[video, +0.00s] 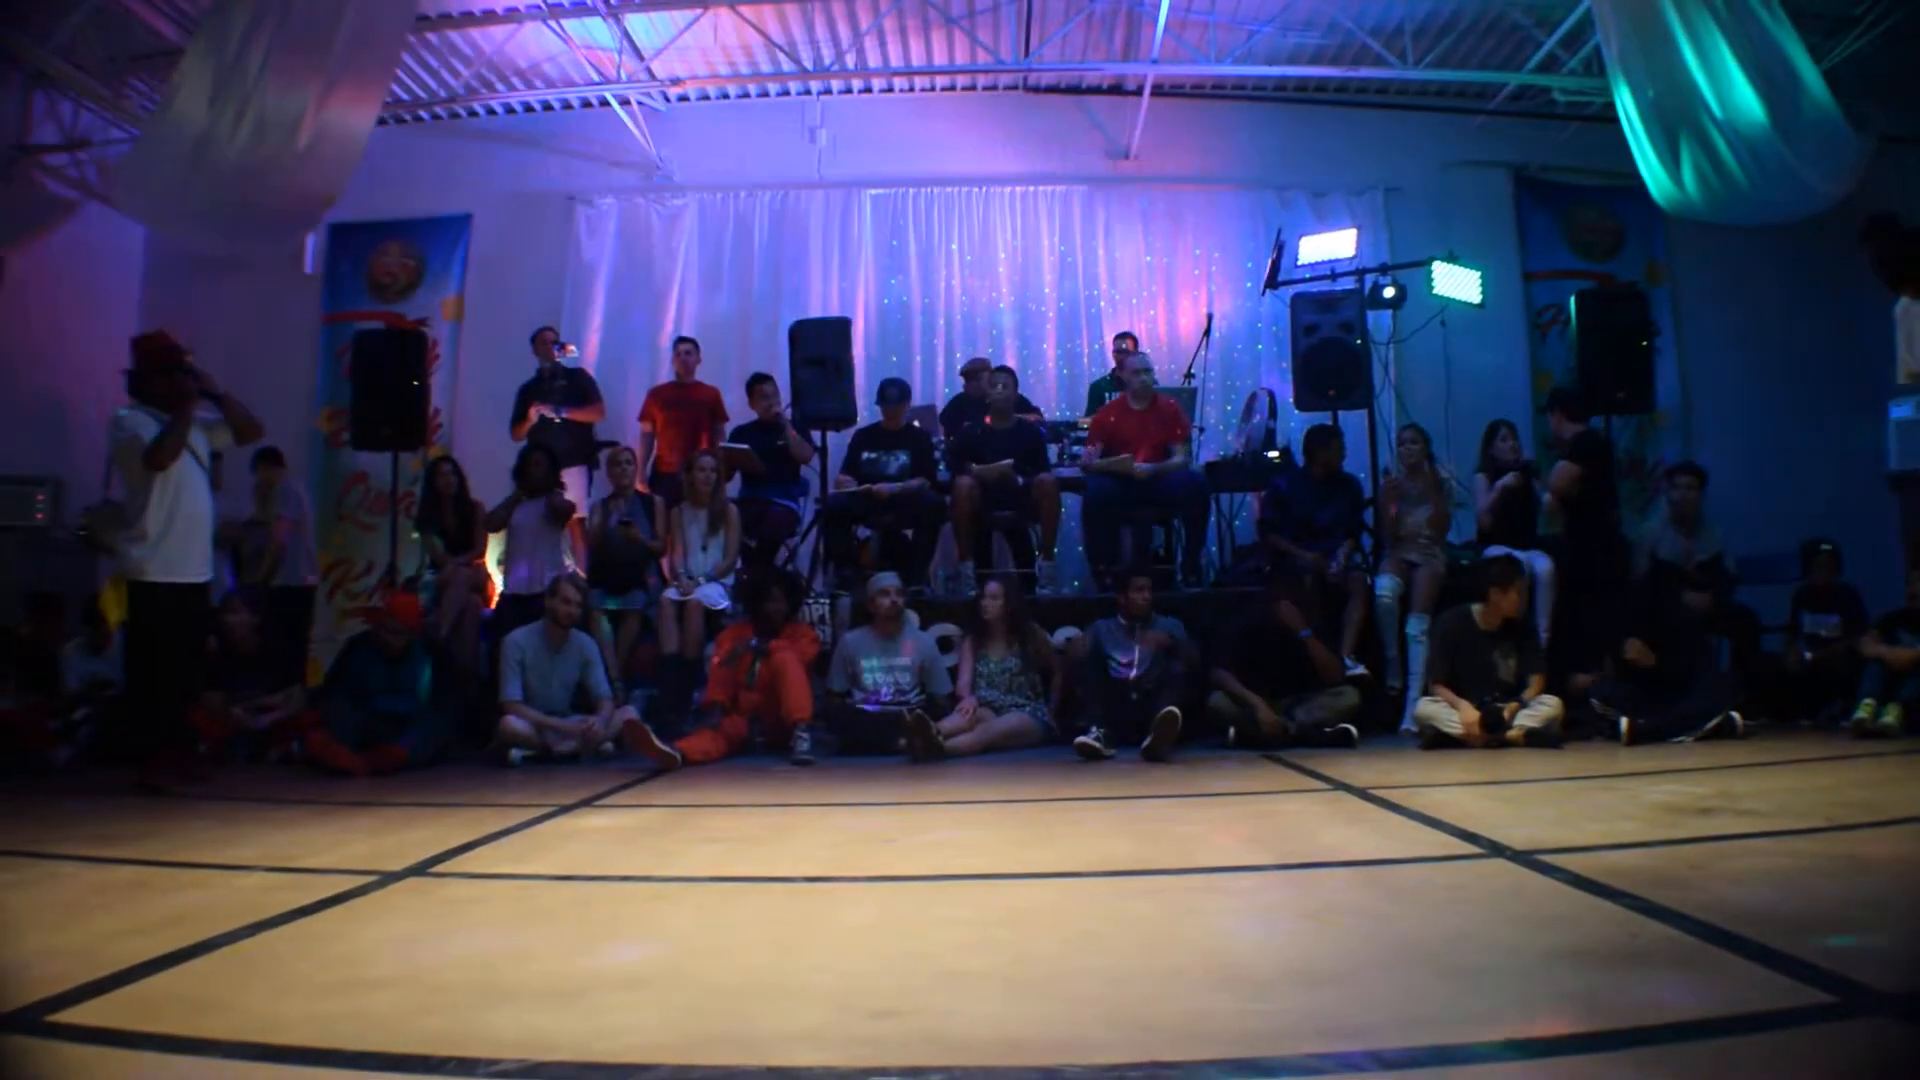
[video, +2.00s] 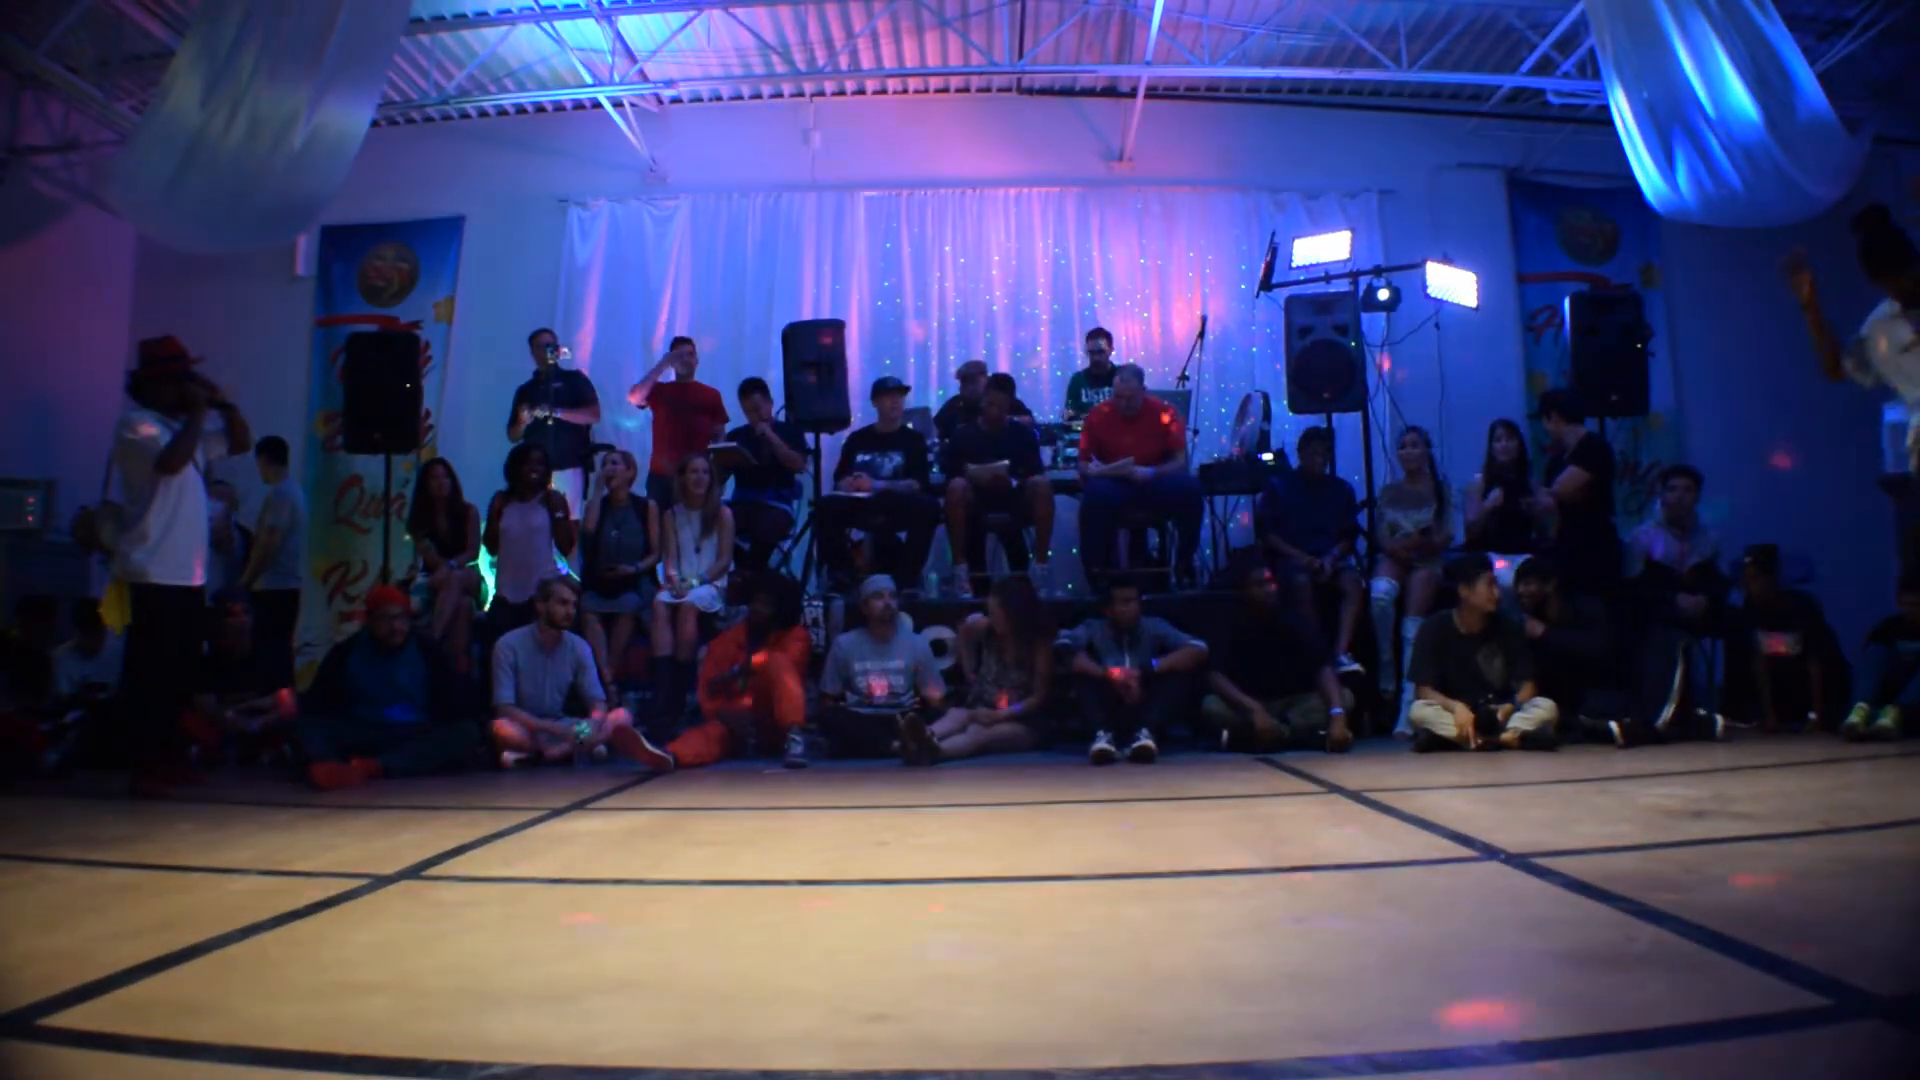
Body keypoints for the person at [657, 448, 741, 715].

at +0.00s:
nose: (707, 477)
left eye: (712, 471)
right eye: (701, 471)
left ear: (719, 477)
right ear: (689, 476)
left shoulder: (728, 511)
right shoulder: (679, 512)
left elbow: (731, 558)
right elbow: (676, 553)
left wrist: (705, 580)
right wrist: (680, 578)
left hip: (718, 578)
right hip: (687, 578)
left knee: (694, 604)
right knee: (667, 602)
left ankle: (688, 675)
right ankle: (669, 674)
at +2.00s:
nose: (699, 478)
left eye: (705, 473)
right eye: (693, 472)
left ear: (712, 478)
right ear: (682, 478)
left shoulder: (722, 514)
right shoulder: (671, 515)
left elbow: (724, 559)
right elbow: (669, 556)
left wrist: (699, 581)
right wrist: (671, 578)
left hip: (710, 580)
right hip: (678, 580)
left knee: (688, 607)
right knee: (660, 606)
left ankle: (682, 683)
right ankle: (662, 681)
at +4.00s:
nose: (685, 478)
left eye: (692, 472)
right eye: (682, 473)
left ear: (705, 478)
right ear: (678, 478)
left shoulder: (721, 514)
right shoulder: (671, 515)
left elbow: (724, 560)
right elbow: (670, 556)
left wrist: (698, 581)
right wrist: (674, 581)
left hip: (710, 581)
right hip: (679, 581)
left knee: (688, 606)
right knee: (660, 602)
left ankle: (682, 677)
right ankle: (662, 676)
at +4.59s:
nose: (683, 477)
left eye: (690, 472)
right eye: (681, 472)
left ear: (704, 478)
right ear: (678, 477)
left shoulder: (721, 514)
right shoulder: (672, 516)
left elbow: (725, 560)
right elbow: (669, 559)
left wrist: (699, 581)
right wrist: (674, 580)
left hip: (709, 580)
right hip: (679, 581)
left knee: (688, 606)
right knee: (660, 603)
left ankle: (681, 678)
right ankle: (662, 676)